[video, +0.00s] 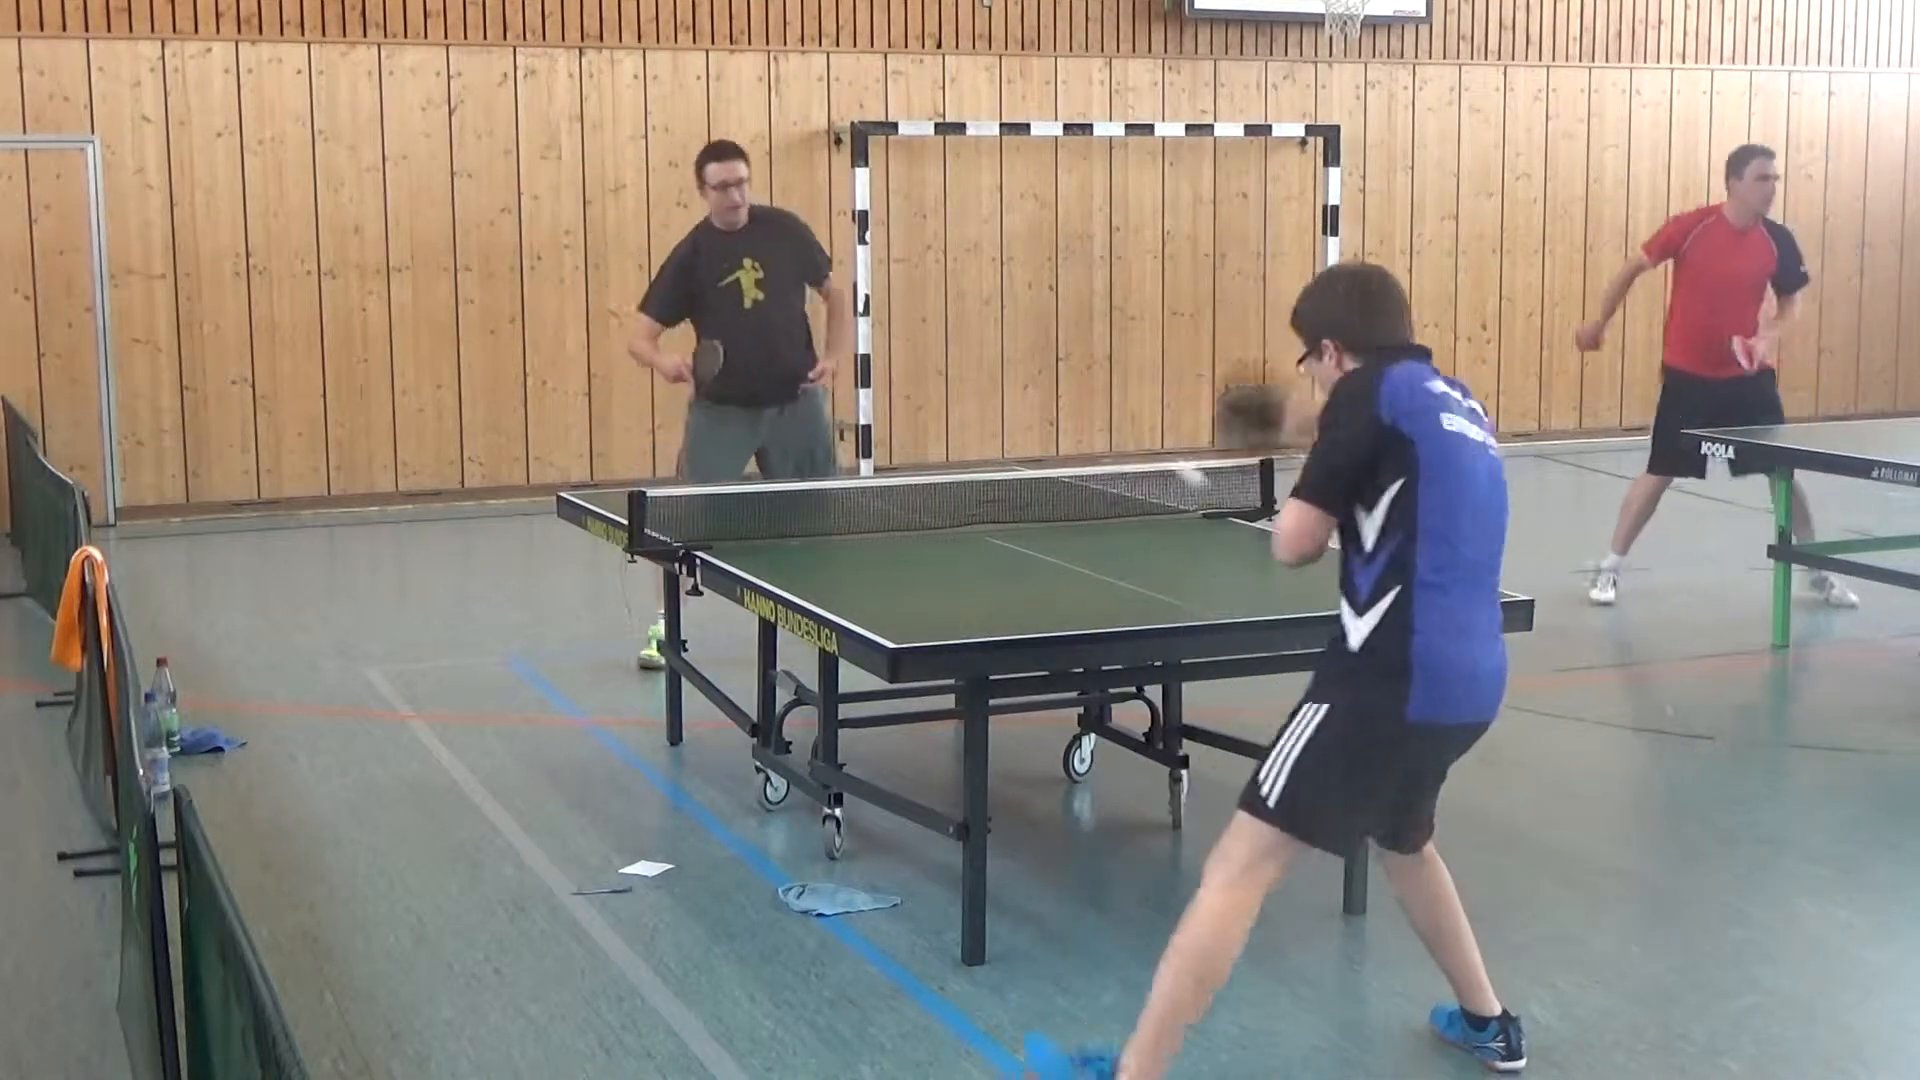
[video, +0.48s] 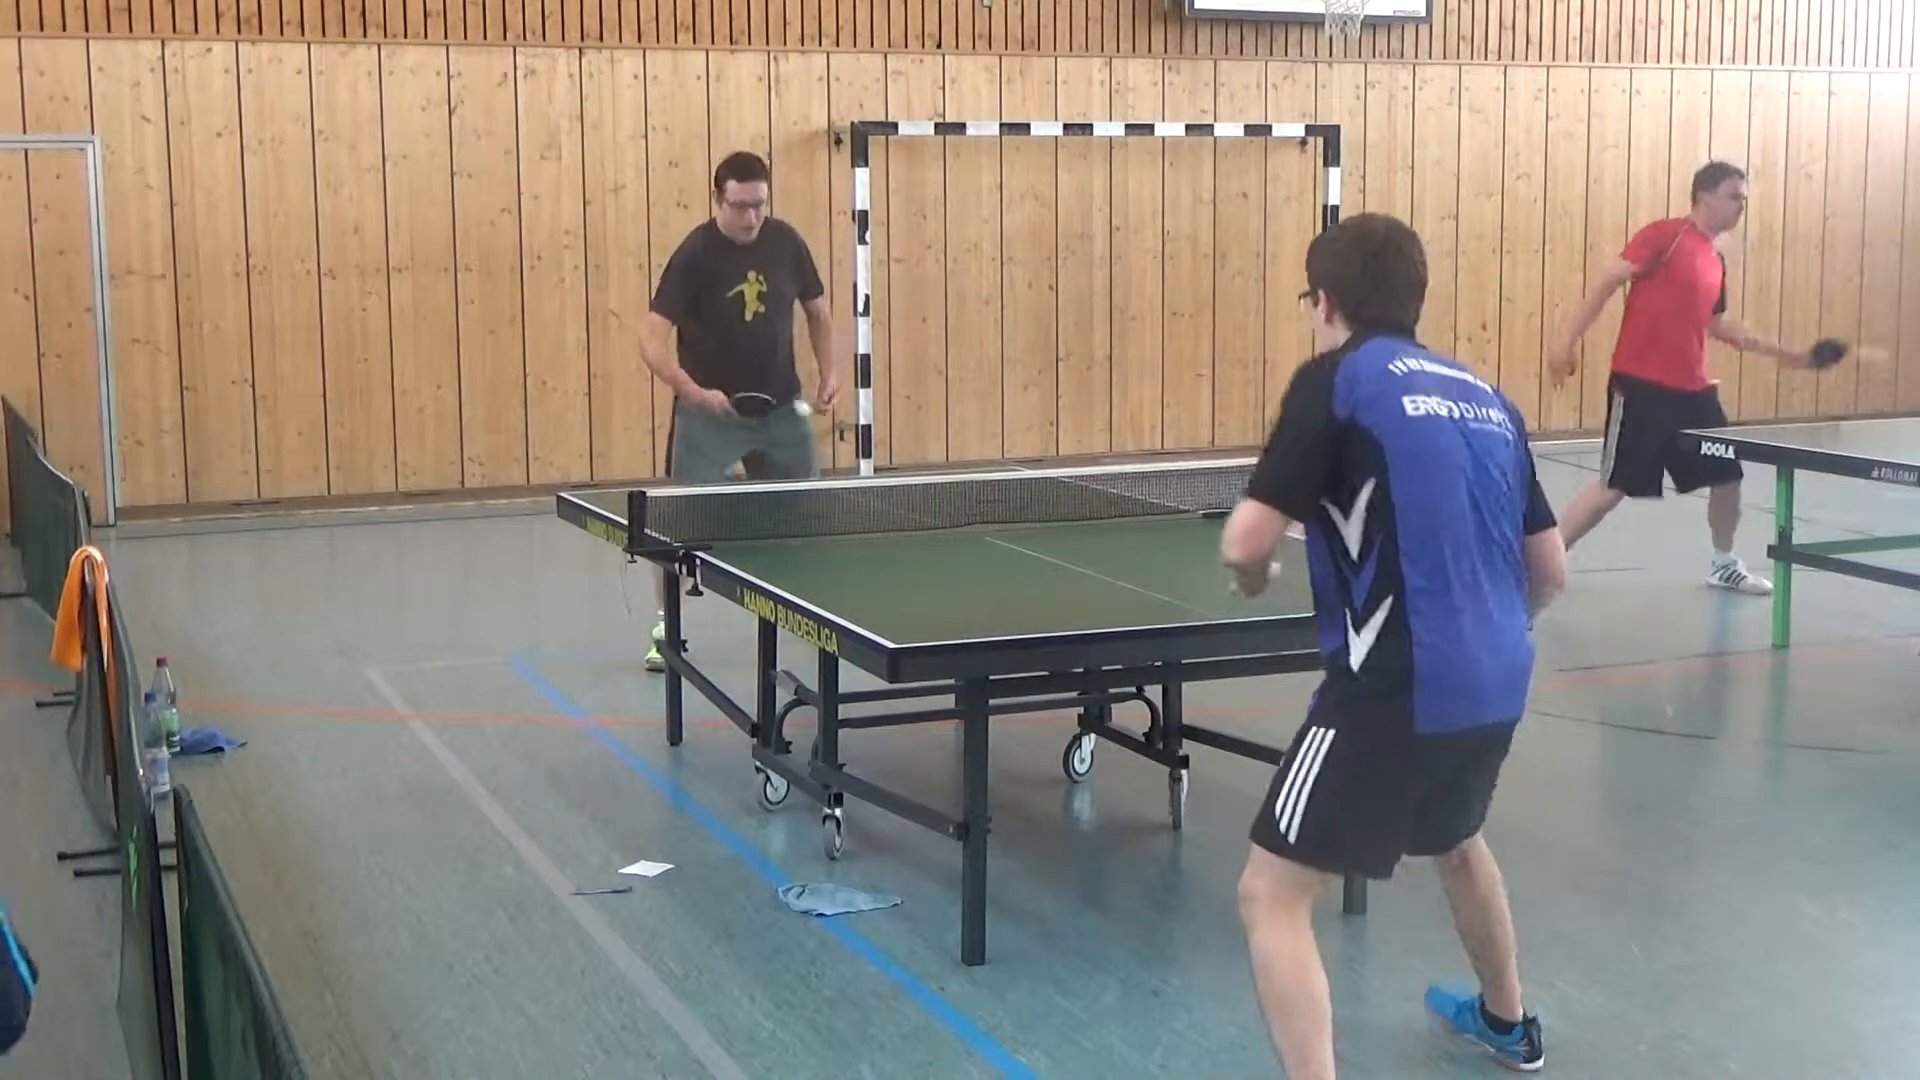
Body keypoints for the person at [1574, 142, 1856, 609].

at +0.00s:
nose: (1773, 188)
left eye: (1776, 180)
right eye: (1764, 179)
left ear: (1771, 185)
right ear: (1734, 183)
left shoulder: (1777, 241)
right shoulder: (1688, 227)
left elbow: (1790, 301)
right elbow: (1633, 268)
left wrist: (1771, 335)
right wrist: (1599, 323)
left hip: (1750, 380)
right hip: (1689, 380)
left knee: (1783, 474)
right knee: (1659, 473)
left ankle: (1817, 570)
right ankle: (1610, 567)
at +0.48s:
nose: (1742, 207)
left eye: (1744, 199)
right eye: (1735, 197)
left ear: (1722, 203)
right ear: (1706, 196)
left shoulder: (1714, 260)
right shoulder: (1664, 235)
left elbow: (1719, 325)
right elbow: (1609, 280)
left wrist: (1785, 354)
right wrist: (1566, 342)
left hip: (1692, 391)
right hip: (1641, 385)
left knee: (1727, 476)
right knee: (1614, 485)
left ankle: (1724, 564)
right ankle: (1542, 559)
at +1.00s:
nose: (1714, 162)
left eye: (1716, 155)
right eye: (1703, 156)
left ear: (1716, 164)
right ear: (1677, 165)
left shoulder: (1728, 230)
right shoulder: (1642, 216)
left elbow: (1733, 307)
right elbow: (1595, 273)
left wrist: (1737, 367)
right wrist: (1559, 327)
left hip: (1699, 372)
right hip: (1643, 368)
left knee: (1704, 466)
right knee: (1609, 463)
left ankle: (1704, 562)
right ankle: (1565, 562)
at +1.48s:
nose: (1726, 156)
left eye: (1726, 149)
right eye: (1715, 149)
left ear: (1723, 160)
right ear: (1689, 162)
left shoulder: (1730, 224)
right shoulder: (1664, 214)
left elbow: (1738, 297)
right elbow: (1635, 282)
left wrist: (1742, 362)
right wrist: (1635, 349)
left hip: (1719, 364)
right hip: (1675, 361)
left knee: (1712, 464)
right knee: (1655, 462)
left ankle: (1693, 564)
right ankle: (1587, 544)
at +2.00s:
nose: (1809, 168)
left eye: (1806, 160)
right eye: (1804, 160)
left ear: (1762, 167)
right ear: (1790, 166)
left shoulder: (1732, 213)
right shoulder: (1783, 213)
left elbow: (1725, 296)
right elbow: (1773, 288)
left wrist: (1800, 333)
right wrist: (1813, 333)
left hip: (1718, 365)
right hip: (1766, 368)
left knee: (1701, 463)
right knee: (1798, 469)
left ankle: (1692, 564)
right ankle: (1834, 555)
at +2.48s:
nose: (1919, 165)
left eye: (1918, 156)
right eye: (1918, 157)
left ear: (1875, 160)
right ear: (1909, 161)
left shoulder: (1842, 208)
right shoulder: (1903, 211)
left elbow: (1808, 271)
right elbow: (1902, 288)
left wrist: (1836, 306)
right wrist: (1919, 308)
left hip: (1842, 346)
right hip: (1879, 349)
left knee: (1859, 443)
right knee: (1869, 454)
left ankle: (1796, 508)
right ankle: (1851, 555)